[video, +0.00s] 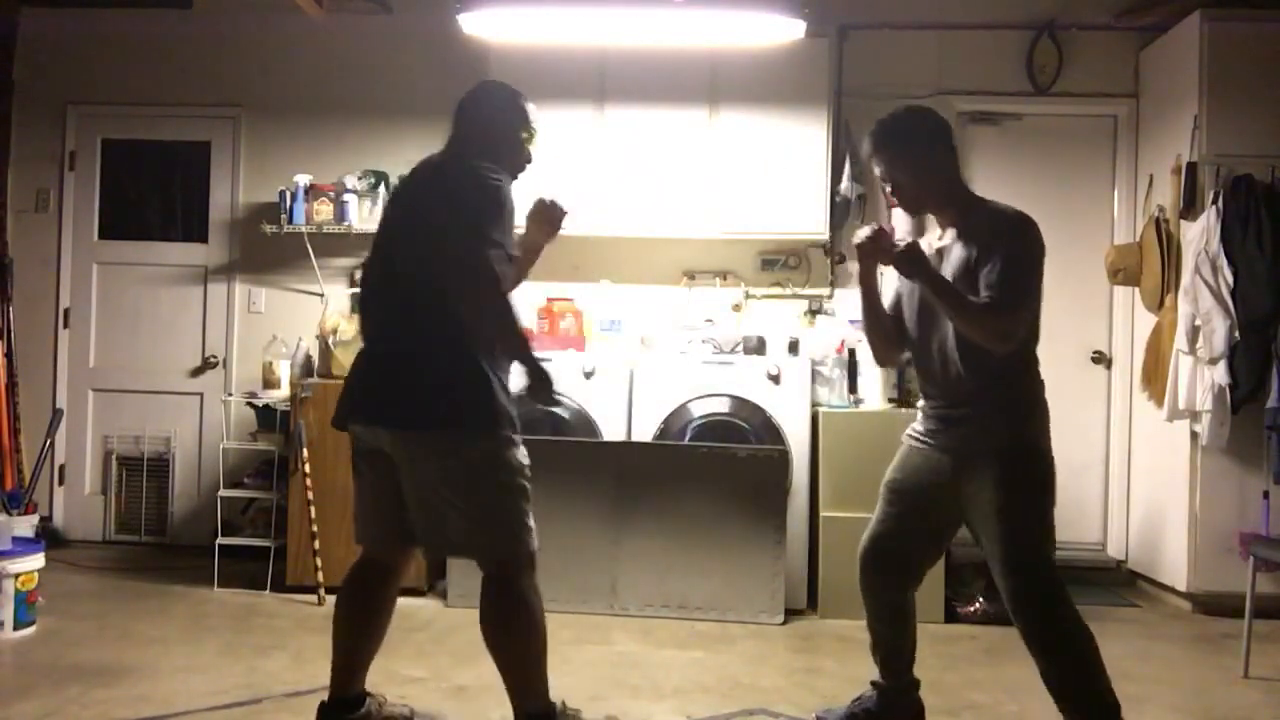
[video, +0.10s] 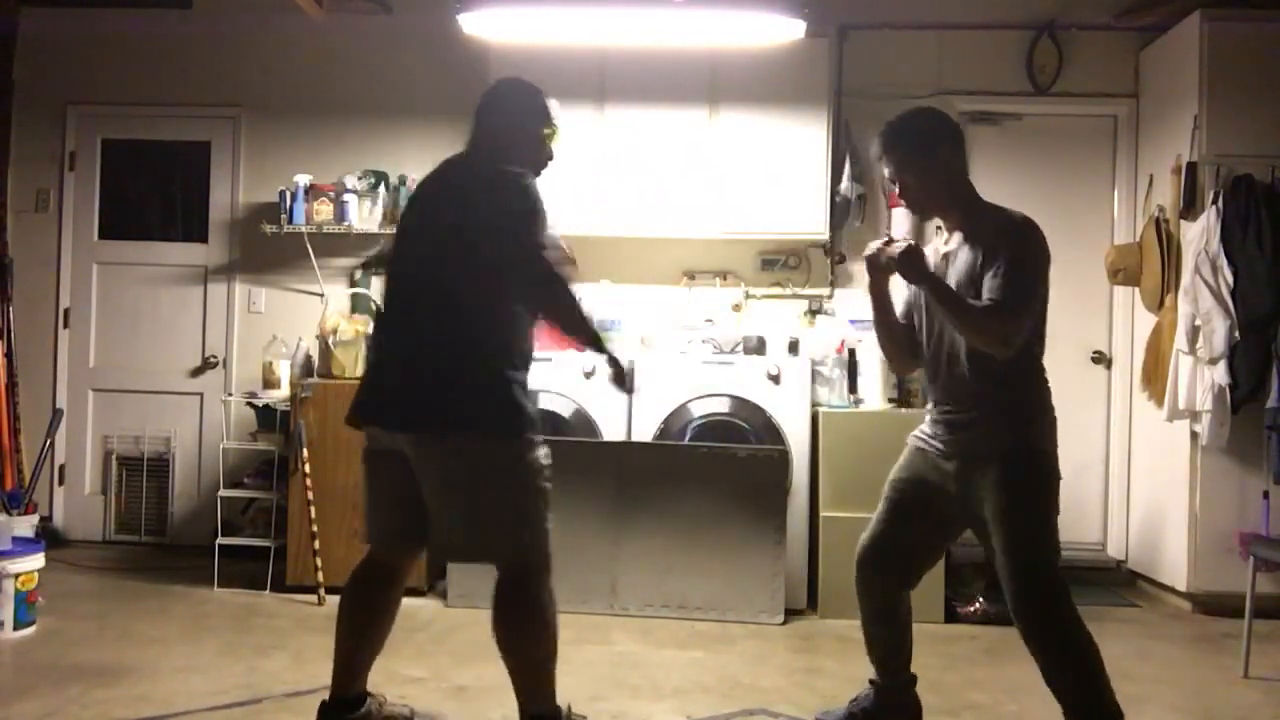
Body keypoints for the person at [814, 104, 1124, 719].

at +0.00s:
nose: (886, 191)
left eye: (893, 175)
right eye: (881, 178)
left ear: (934, 162)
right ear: (920, 171)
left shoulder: (1011, 232)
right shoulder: (916, 252)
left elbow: (1003, 333)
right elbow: (888, 350)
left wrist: (915, 268)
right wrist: (867, 275)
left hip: (1004, 439)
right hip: (933, 435)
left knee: (1032, 597)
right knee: (882, 563)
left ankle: (1100, 716)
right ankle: (896, 695)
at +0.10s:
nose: (893, 191)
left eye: (900, 174)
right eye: (889, 177)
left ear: (944, 164)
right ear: (925, 172)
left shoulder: (1015, 236)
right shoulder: (923, 252)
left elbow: (1004, 336)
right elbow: (905, 358)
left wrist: (924, 278)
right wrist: (878, 291)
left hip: (1010, 443)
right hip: (940, 438)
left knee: (1038, 609)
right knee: (877, 568)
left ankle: (1102, 718)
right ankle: (893, 696)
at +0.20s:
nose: (888, 190)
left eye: (895, 174)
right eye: (883, 177)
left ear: (936, 163)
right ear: (916, 174)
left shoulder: (994, 230)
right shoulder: (925, 254)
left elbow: (950, 313)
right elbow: (905, 353)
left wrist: (883, 276)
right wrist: (876, 286)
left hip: (1005, 444)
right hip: (942, 442)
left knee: (1034, 602)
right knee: (890, 565)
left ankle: (1100, 717)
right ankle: (888, 697)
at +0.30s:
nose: (877, 186)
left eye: (883, 170)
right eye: (872, 173)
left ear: (925, 160)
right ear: (920, 165)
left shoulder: (965, 229)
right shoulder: (928, 239)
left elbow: (867, 284)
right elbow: (919, 347)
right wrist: (880, 290)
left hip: (1006, 437)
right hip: (948, 435)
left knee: (1034, 604)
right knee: (900, 563)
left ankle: (1098, 715)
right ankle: (890, 696)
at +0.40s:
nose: (879, 183)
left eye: (886, 167)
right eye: (875, 170)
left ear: (927, 160)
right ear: (932, 163)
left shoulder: (956, 233)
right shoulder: (936, 230)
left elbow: (869, 317)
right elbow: (941, 336)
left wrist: (784, 318)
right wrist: (891, 292)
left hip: (998, 435)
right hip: (949, 431)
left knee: (1027, 596)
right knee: (902, 561)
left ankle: (1096, 714)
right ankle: (891, 696)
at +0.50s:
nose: (888, 185)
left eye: (898, 169)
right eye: (886, 172)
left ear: (939, 164)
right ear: (932, 171)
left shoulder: (975, 235)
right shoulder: (950, 236)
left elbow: (960, 347)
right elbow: (958, 334)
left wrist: (872, 337)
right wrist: (906, 314)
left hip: (998, 443)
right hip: (945, 438)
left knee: (1026, 598)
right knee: (887, 559)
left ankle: (1097, 715)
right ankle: (889, 695)